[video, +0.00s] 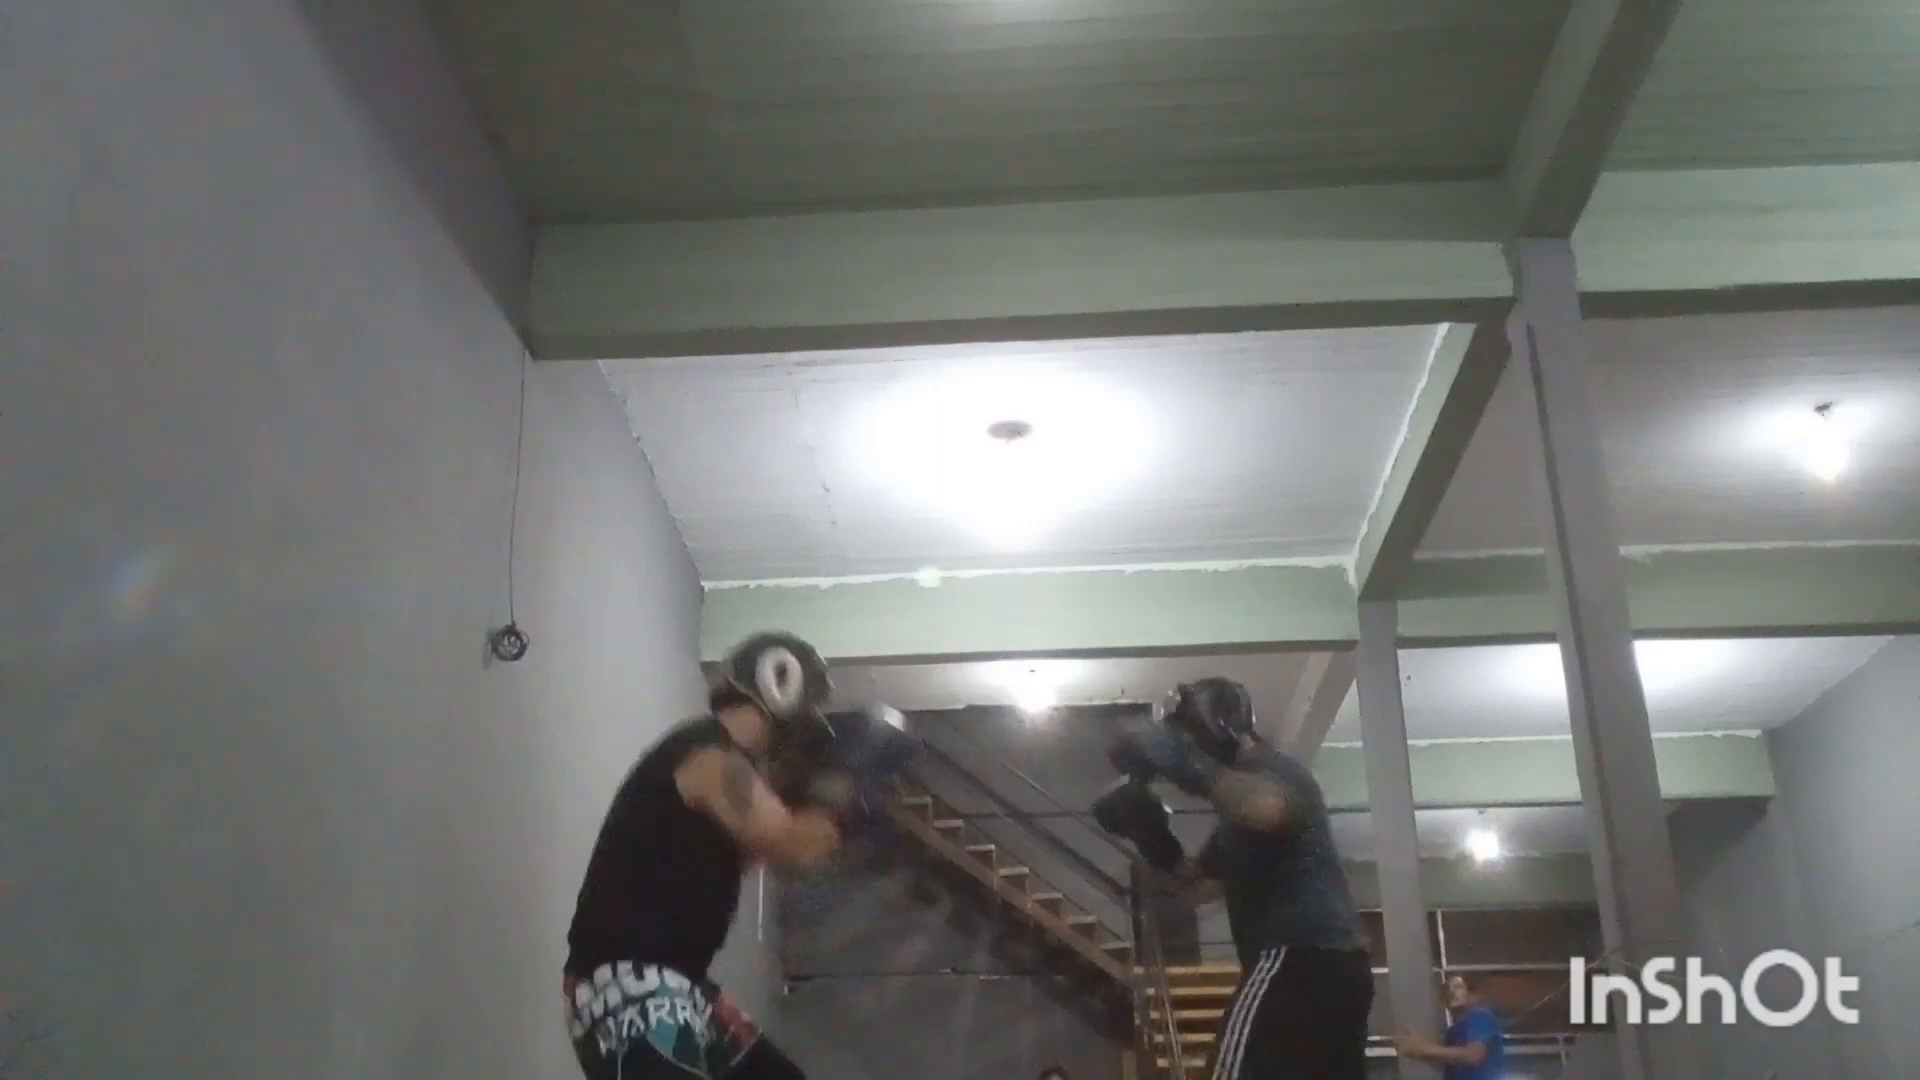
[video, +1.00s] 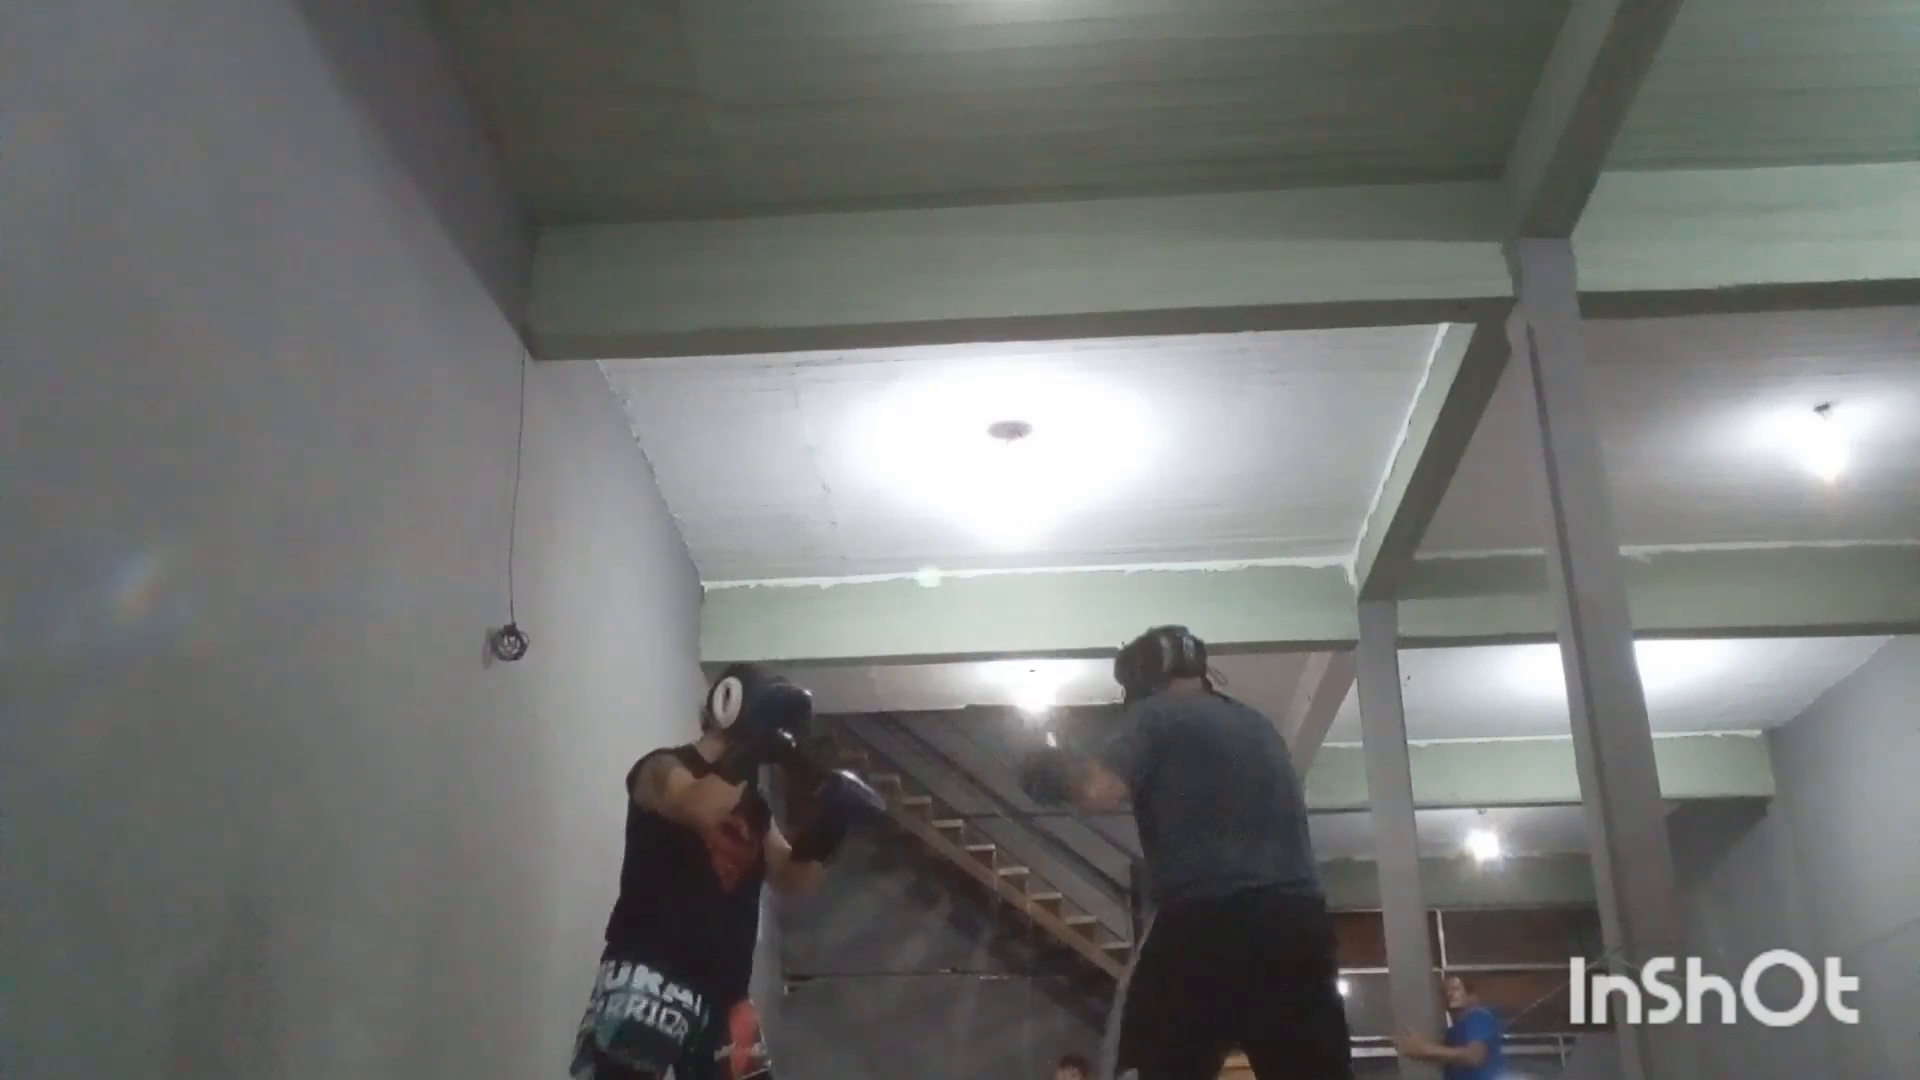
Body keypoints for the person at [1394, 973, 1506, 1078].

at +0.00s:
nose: (1452, 992)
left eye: (1458, 987)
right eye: (1448, 988)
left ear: (1470, 991)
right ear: (1444, 994)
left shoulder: (1480, 1017)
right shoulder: (1456, 1025)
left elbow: (1474, 1055)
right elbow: (1449, 1056)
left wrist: (1422, 1049)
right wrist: (1416, 1045)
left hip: (1480, 1075)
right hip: (1458, 1075)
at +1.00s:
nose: (1451, 994)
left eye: (1456, 989)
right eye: (1447, 991)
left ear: (1466, 992)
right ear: (1442, 996)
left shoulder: (1479, 1017)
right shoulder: (1453, 1029)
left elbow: (1475, 1056)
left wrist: (1425, 1049)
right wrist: (1420, 1047)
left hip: (1482, 1075)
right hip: (1460, 1075)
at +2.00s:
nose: (1458, 997)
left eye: (1463, 990)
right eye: (1452, 993)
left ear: (1470, 995)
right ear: (1444, 1001)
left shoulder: (1481, 1017)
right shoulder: (1454, 1030)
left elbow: (1476, 1054)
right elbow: (1450, 1055)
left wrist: (1425, 1050)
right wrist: (1418, 1048)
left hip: (1485, 1075)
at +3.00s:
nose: (1458, 997)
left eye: (1462, 990)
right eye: (1451, 993)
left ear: (1471, 995)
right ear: (1445, 1001)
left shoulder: (1481, 1017)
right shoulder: (1453, 1030)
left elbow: (1476, 1055)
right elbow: (1447, 1054)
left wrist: (1427, 1049)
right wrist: (1419, 1046)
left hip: (1484, 1075)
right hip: (1458, 1076)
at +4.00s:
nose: (1456, 1005)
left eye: (1463, 1000)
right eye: (1453, 999)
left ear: (1473, 1001)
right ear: (1448, 1001)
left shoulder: (1482, 1018)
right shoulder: (1458, 1024)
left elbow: (1477, 1053)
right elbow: (1447, 1052)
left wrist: (1427, 1049)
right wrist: (1419, 1047)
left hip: (1485, 1076)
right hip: (1462, 1076)